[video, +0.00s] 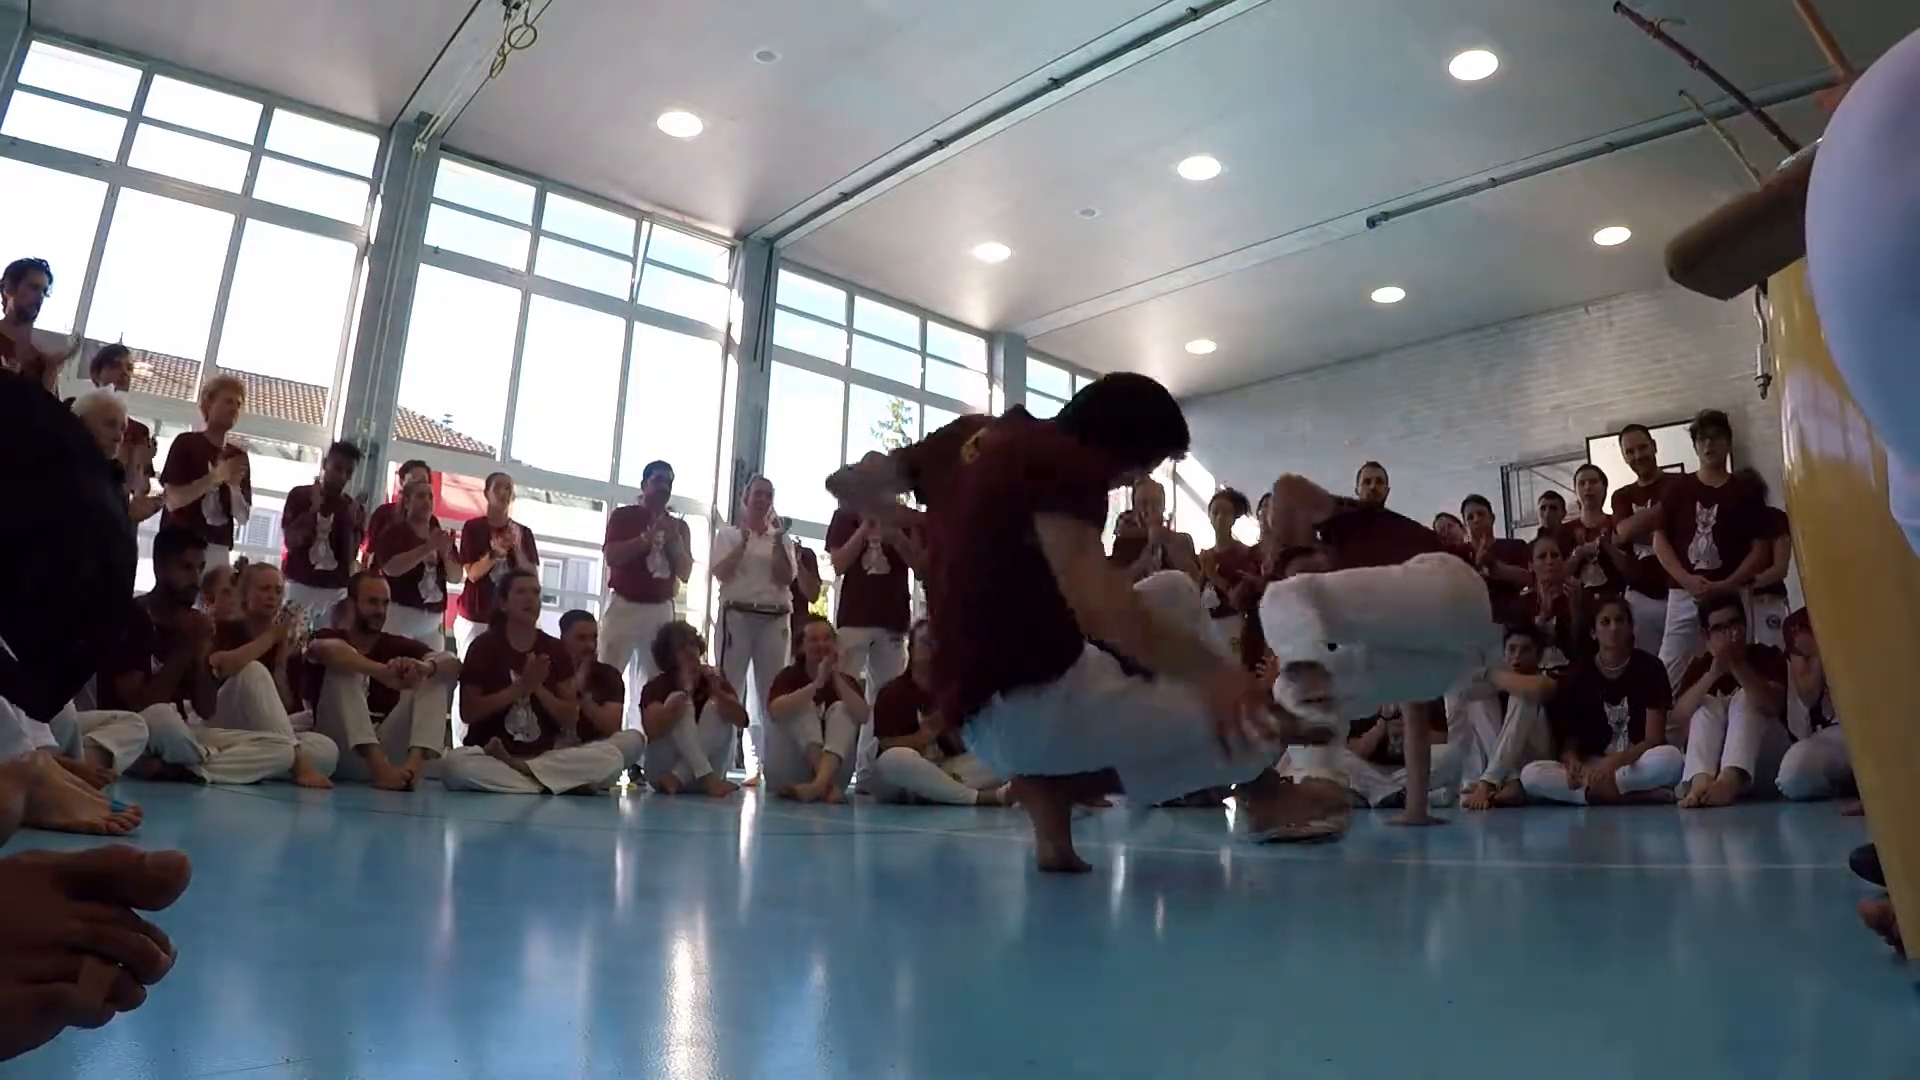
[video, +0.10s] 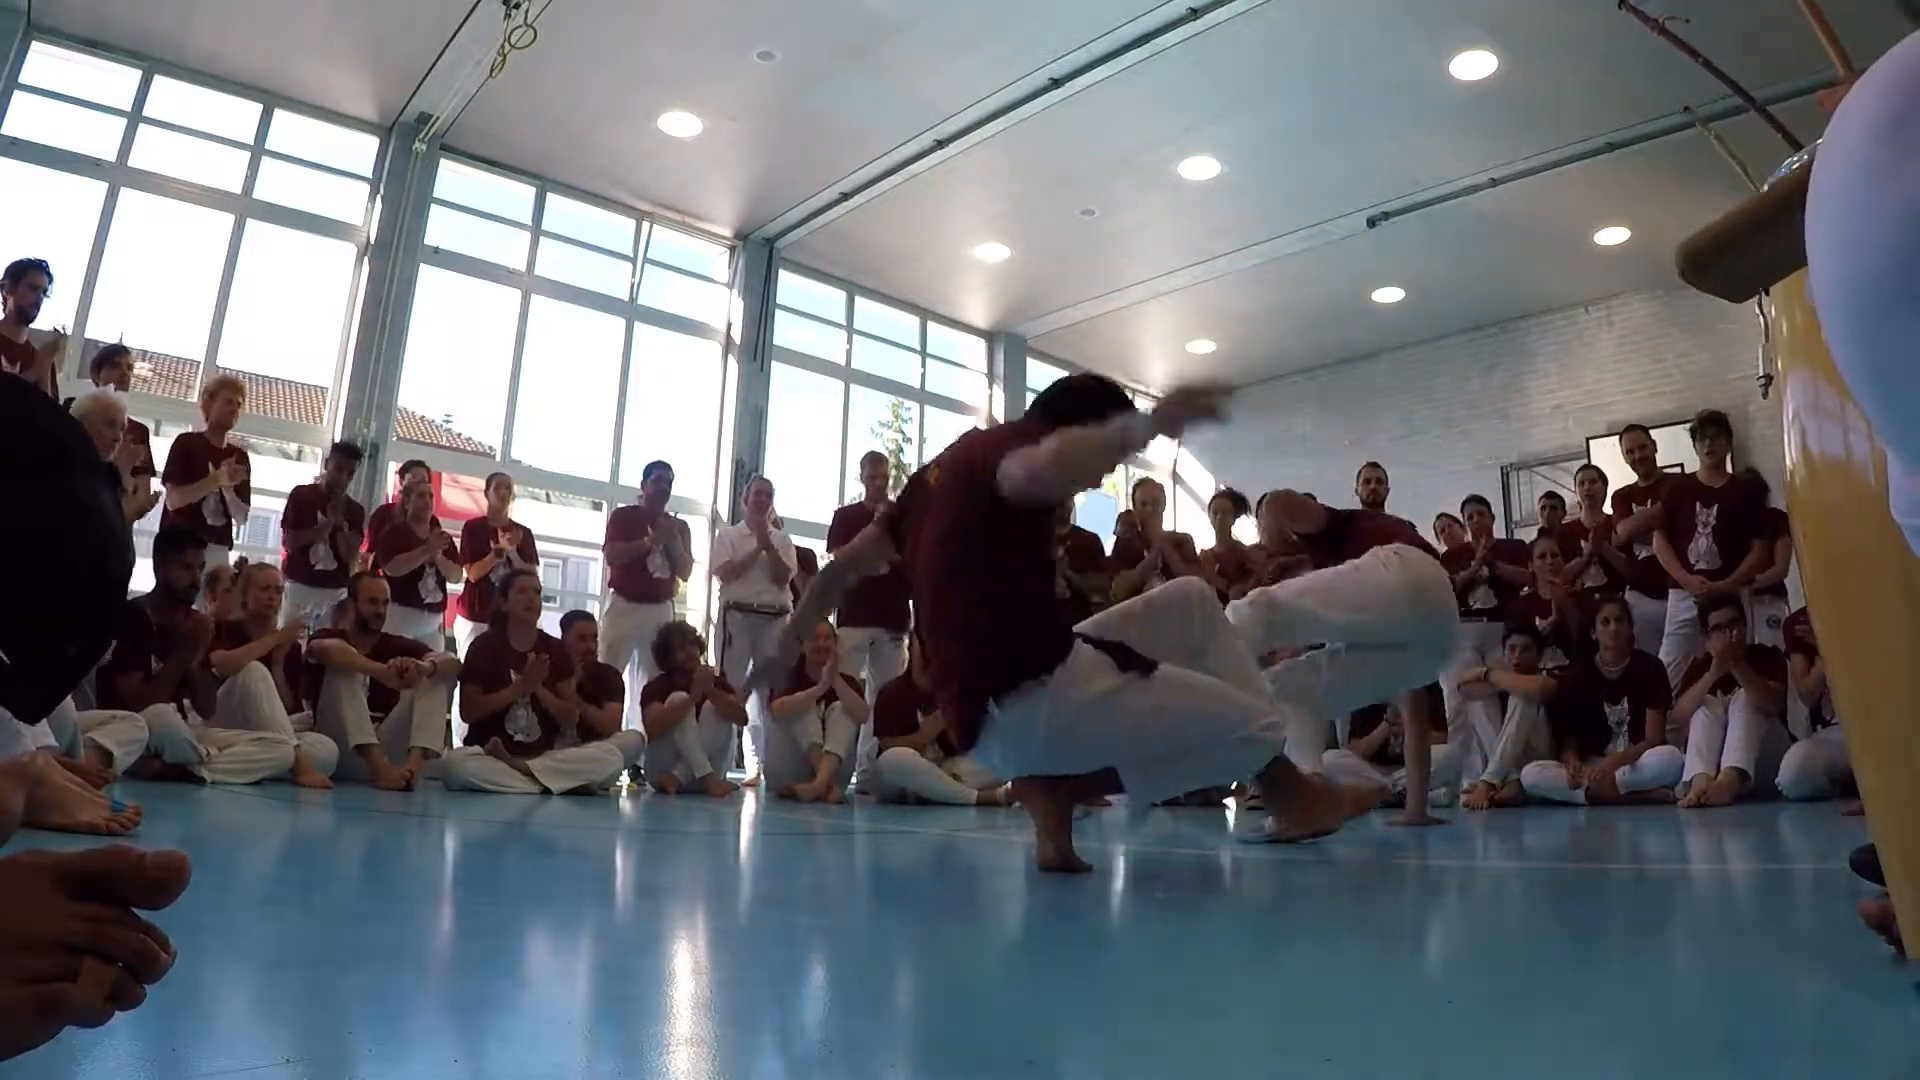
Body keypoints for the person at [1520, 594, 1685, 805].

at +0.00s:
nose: (1614, 628)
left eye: (1620, 621)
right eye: (1606, 623)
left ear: (1631, 629)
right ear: (1594, 633)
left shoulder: (1650, 667)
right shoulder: (1578, 672)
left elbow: (1655, 739)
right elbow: (1570, 736)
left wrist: (1611, 763)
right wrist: (1573, 761)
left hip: (1635, 761)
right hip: (1589, 764)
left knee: (1670, 759)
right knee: (1531, 775)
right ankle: (1631, 798)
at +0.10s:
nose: (1613, 628)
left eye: (1620, 621)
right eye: (1606, 623)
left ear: (1630, 629)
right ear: (1594, 633)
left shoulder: (1650, 667)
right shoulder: (1578, 672)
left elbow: (1655, 739)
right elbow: (1569, 737)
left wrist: (1611, 763)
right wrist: (1573, 761)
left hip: (1635, 761)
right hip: (1589, 764)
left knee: (1670, 759)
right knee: (1531, 775)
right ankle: (1630, 798)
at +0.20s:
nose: (1613, 629)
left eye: (1619, 621)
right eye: (1605, 623)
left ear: (1630, 629)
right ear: (1594, 634)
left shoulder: (1650, 667)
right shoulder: (1578, 672)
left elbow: (1655, 739)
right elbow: (1569, 739)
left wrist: (1609, 765)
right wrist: (1573, 762)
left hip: (1634, 761)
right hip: (1589, 764)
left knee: (1670, 759)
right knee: (1531, 775)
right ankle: (1630, 798)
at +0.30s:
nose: (1613, 628)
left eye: (1619, 621)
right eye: (1605, 623)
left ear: (1630, 629)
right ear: (1594, 634)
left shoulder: (1650, 667)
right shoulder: (1578, 673)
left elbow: (1655, 739)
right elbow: (1569, 737)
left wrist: (1608, 766)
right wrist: (1572, 762)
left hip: (1634, 761)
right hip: (1589, 764)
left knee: (1670, 759)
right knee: (1532, 775)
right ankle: (1629, 798)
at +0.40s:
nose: (1614, 629)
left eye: (1620, 622)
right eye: (1606, 624)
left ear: (1631, 630)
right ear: (1594, 634)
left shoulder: (1651, 668)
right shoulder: (1577, 674)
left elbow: (1654, 739)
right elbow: (1569, 740)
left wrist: (1612, 763)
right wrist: (1572, 762)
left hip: (1634, 762)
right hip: (1588, 766)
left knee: (1670, 760)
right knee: (1532, 776)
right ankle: (1629, 798)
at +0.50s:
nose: (1614, 629)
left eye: (1621, 622)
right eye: (1606, 623)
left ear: (1631, 630)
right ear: (1594, 633)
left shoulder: (1651, 668)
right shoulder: (1577, 674)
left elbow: (1654, 739)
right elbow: (1569, 740)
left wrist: (1612, 763)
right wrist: (1572, 763)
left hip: (1634, 762)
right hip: (1588, 766)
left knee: (1670, 760)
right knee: (1532, 776)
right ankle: (1629, 798)